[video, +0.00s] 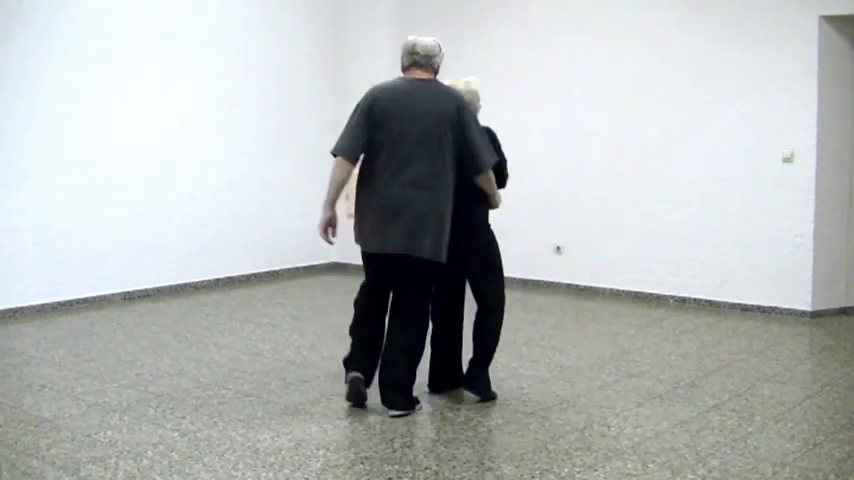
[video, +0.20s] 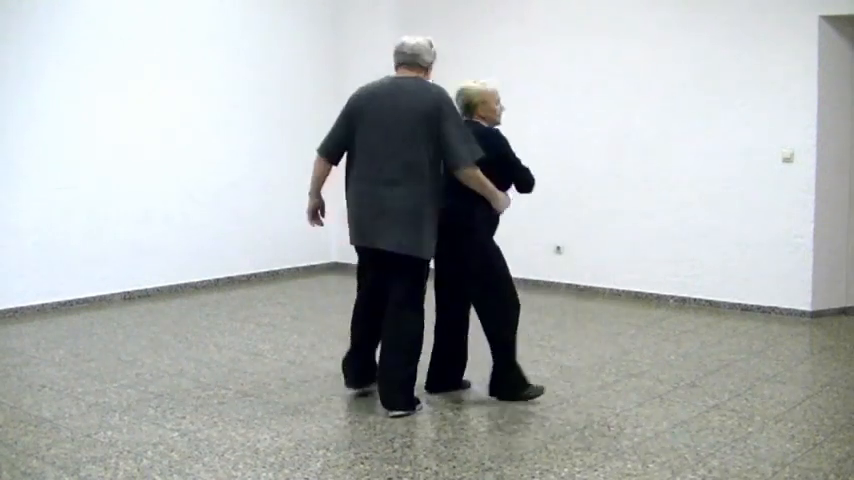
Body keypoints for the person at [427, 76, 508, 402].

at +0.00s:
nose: (479, 109)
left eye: (475, 105)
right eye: (478, 105)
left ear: (448, 106)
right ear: (475, 106)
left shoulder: (432, 135)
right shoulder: (483, 135)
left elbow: (425, 178)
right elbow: (499, 178)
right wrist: (480, 198)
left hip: (439, 231)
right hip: (475, 232)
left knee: (447, 304)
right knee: (492, 302)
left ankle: (443, 375)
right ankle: (478, 374)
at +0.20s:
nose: (501, 108)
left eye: (499, 103)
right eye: (496, 103)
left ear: (470, 109)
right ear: (480, 108)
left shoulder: (448, 134)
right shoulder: (491, 138)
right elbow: (524, 182)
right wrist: (514, 170)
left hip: (444, 233)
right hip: (475, 237)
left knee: (451, 307)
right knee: (503, 304)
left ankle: (443, 376)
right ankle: (507, 381)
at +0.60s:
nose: (517, 103)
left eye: (524, 97)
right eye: (511, 98)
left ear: (537, 103)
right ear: (504, 104)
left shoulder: (550, 144)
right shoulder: (488, 136)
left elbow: (559, 197)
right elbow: (470, 166)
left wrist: (514, 203)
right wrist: (513, 156)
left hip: (537, 236)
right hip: (494, 237)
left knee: (549, 308)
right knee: (506, 316)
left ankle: (513, 348)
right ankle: (520, 397)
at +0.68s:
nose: (515, 101)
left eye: (523, 96)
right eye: (511, 96)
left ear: (540, 102)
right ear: (506, 101)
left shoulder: (554, 143)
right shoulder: (492, 133)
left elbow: (554, 197)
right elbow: (457, 159)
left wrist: (506, 200)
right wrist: (489, 142)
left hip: (546, 236)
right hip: (501, 237)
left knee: (558, 307)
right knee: (510, 315)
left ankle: (558, 370)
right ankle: (522, 396)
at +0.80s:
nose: (509, 100)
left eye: (517, 95)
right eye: (509, 94)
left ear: (540, 103)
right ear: (509, 100)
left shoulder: (554, 143)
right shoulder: (501, 136)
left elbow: (548, 202)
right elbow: (455, 154)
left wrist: (499, 195)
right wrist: (465, 130)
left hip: (554, 242)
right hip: (516, 241)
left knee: (558, 316)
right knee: (523, 318)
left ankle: (581, 394)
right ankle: (543, 394)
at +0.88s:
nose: (508, 101)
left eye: (515, 96)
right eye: (509, 95)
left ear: (537, 104)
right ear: (521, 104)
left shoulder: (554, 145)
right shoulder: (510, 138)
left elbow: (538, 203)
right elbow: (467, 148)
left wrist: (493, 192)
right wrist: (459, 124)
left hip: (559, 243)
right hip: (526, 241)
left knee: (555, 319)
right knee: (529, 319)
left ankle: (580, 400)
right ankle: (551, 395)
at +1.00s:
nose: (511, 99)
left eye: (517, 94)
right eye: (513, 93)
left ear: (536, 100)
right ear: (535, 100)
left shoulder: (547, 140)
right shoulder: (532, 133)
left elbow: (517, 194)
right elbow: (492, 138)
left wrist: (482, 180)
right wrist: (475, 107)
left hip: (564, 238)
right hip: (548, 237)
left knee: (545, 319)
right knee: (536, 318)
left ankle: (584, 393)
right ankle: (554, 396)